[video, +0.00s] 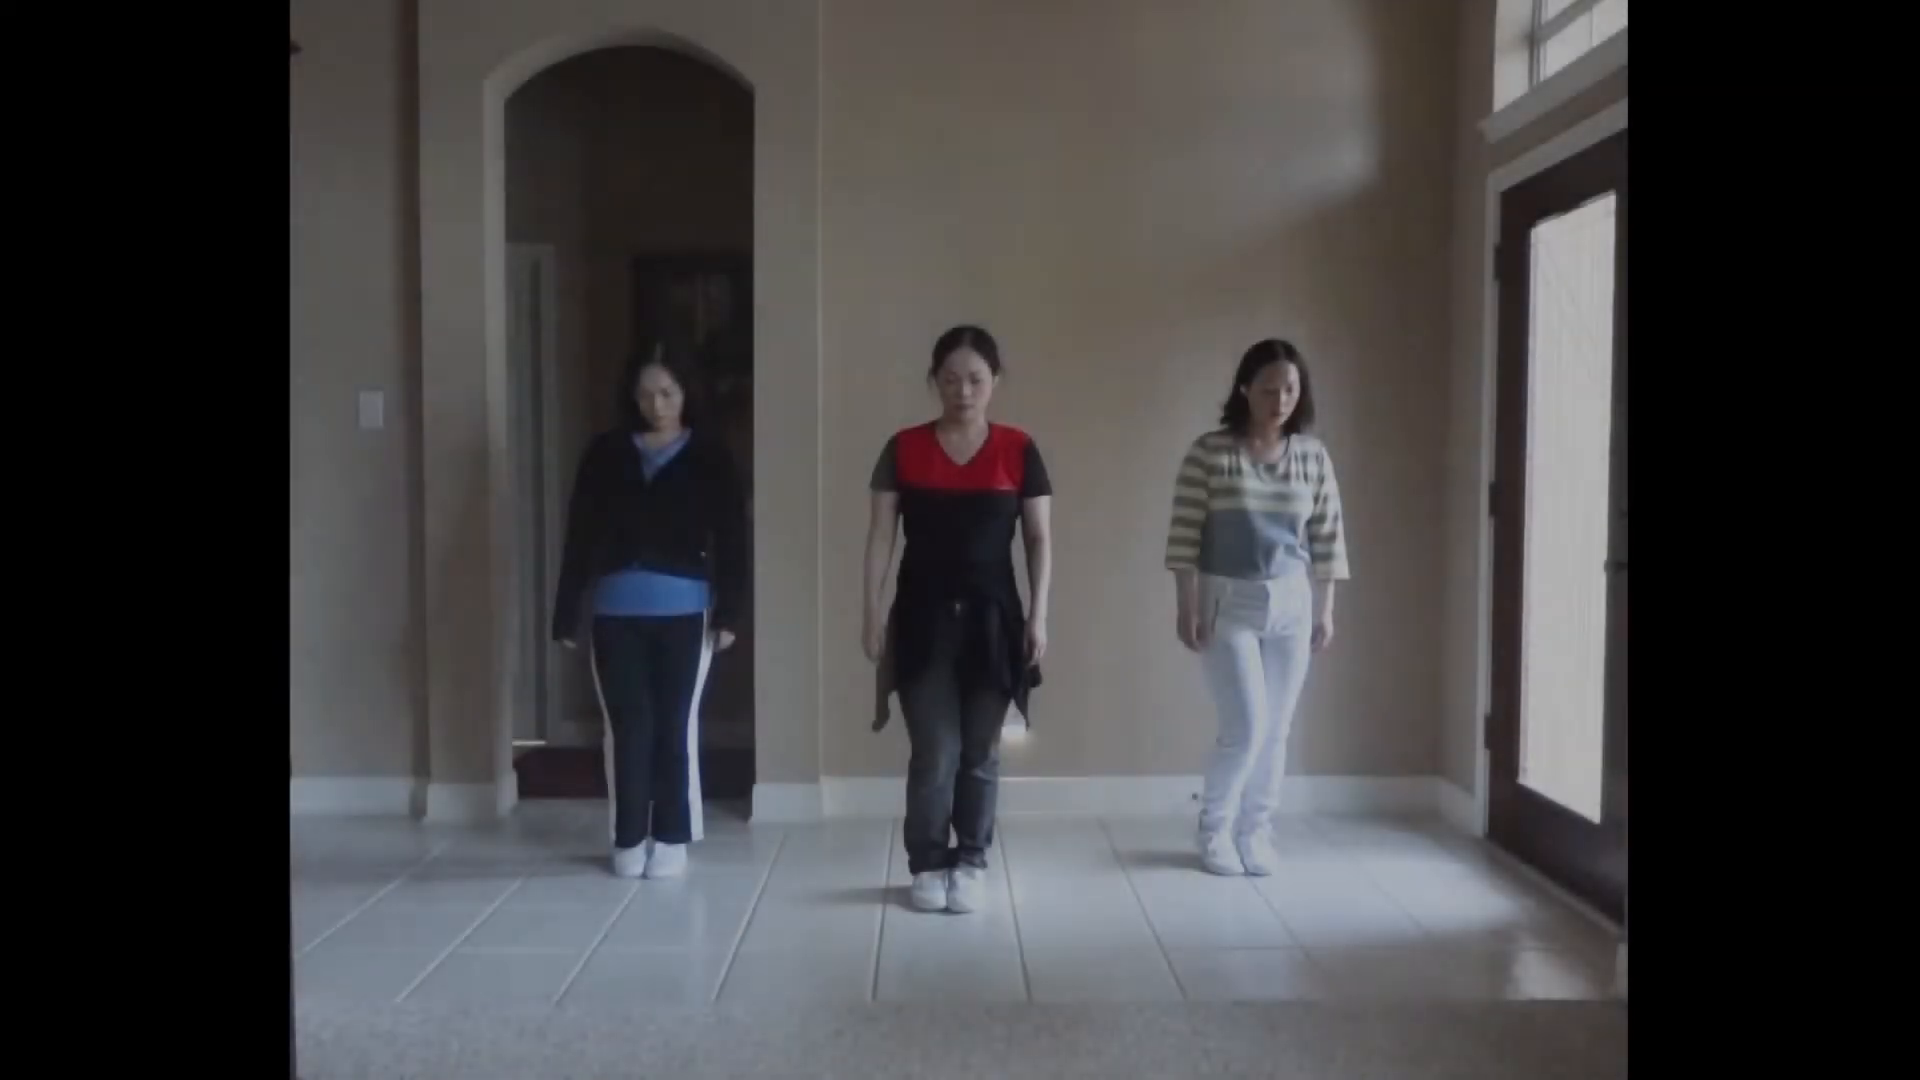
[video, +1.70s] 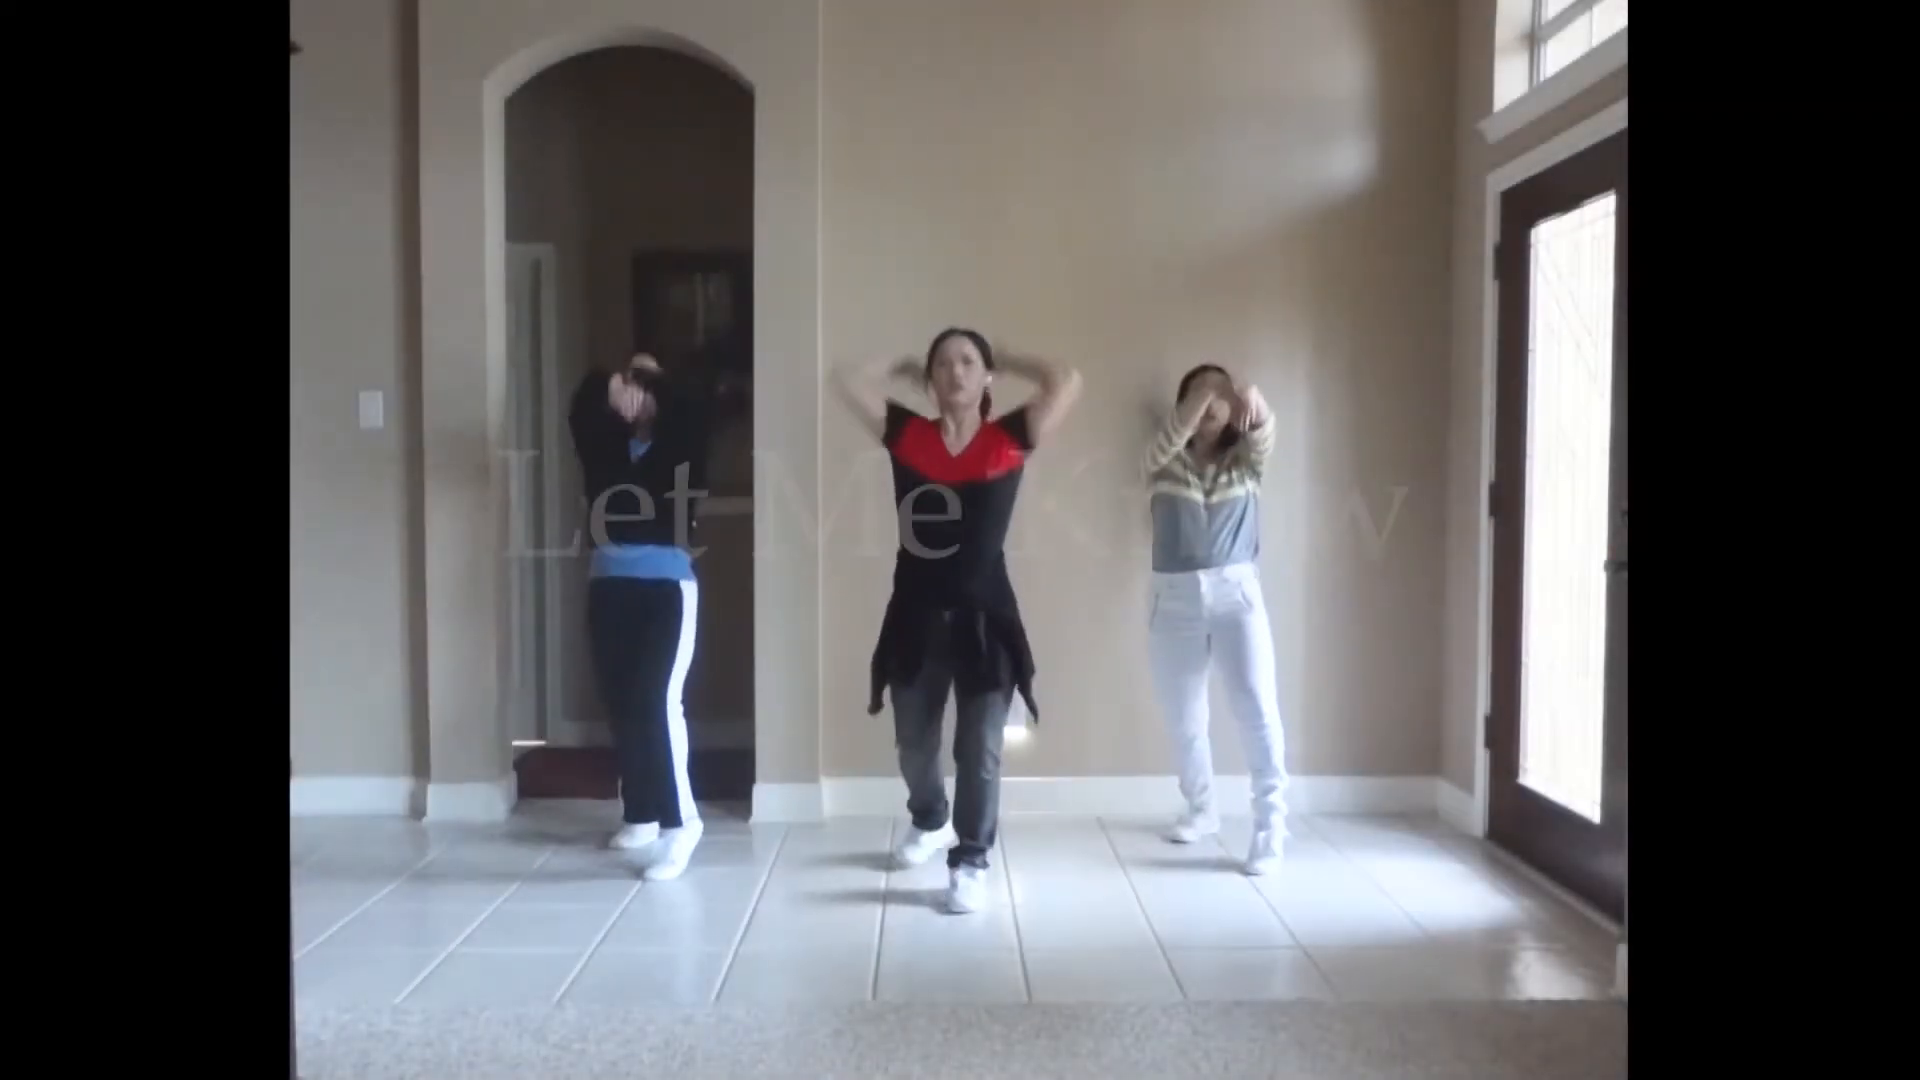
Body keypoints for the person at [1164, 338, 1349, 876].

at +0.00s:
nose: (1281, 399)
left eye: (1290, 389)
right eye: (1271, 387)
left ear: (1301, 395)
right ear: (1245, 390)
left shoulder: (1312, 455)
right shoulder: (1210, 451)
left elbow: (1327, 536)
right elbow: (1185, 534)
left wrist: (1324, 608)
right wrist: (1187, 605)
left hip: (1293, 607)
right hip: (1227, 606)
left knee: (1274, 730)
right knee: (1245, 728)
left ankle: (1256, 832)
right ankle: (1215, 831)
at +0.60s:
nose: (1279, 399)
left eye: (1289, 389)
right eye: (1269, 387)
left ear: (1300, 396)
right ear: (1245, 390)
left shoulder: (1312, 458)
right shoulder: (1209, 451)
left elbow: (1352, 517)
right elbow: (1169, 505)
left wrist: (1383, 568)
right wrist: (1137, 546)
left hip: (1289, 608)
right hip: (1223, 607)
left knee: (1276, 728)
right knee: (1244, 725)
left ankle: (1256, 831)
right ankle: (1214, 829)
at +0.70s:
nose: (1279, 404)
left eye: (1289, 394)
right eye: (1268, 392)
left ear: (1299, 400)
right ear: (1244, 394)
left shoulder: (1313, 458)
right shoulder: (1207, 452)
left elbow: (1363, 498)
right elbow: (1162, 487)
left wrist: (1408, 513)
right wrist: (1135, 490)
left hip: (1287, 610)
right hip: (1222, 608)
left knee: (1282, 729)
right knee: (1246, 724)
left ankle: (1257, 832)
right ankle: (1216, 827)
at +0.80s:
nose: (1279, 414)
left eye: (1288, 404)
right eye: (1269, 403)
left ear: (1298, 410)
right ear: (1244, 403)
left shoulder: (1312, 465)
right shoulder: (1205, 459)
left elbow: (1382, 499)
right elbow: (1144, 484)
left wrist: (1389, 438)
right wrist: (1141, 418)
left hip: (1285, 617)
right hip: (1219, 616)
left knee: (1285, 733)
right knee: (1248, 729)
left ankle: (1259, 835)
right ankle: (1204, 782)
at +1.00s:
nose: (1266, 431)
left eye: (1277, 421)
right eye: (1256, 419)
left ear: (1289, 423)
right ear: (1236, 417)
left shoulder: (1303, 467)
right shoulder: (1205, 459)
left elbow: (1361, 424)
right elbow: (1166, 431)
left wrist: (1312, 408)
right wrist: (1185, 412)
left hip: (1282, 616)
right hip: (1215, 615)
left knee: (1283, 731)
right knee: (1215, 726)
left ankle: (1257, 836)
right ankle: (1184, 747)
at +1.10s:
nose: (1258, 397)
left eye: (1269, 387)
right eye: (1247, 385)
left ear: (1281, 396)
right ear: (1229, 390)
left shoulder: (1295, 447)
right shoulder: (1202, 446)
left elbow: (1338, 385)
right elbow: (1177, 393)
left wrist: (1287, 348)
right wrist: (1197, 360)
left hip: (1276, 598)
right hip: (1210, 598)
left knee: (1273, 724)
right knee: (1195, 714)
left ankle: (1258, 834)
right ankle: (1183, 795)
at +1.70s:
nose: (1209, 410)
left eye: (1218, 401)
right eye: (1200, 400)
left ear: (1232, 414)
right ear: (1182, 409)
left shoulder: (1246, 463)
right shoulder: (1163, 462)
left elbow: (1261, 428)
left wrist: (1250, 400)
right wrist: (1201, 399)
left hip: (1236, 593)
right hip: (1175, 598)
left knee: (1257, 713)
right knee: (1184, 720)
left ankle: (1270, 828)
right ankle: (1199, 810)